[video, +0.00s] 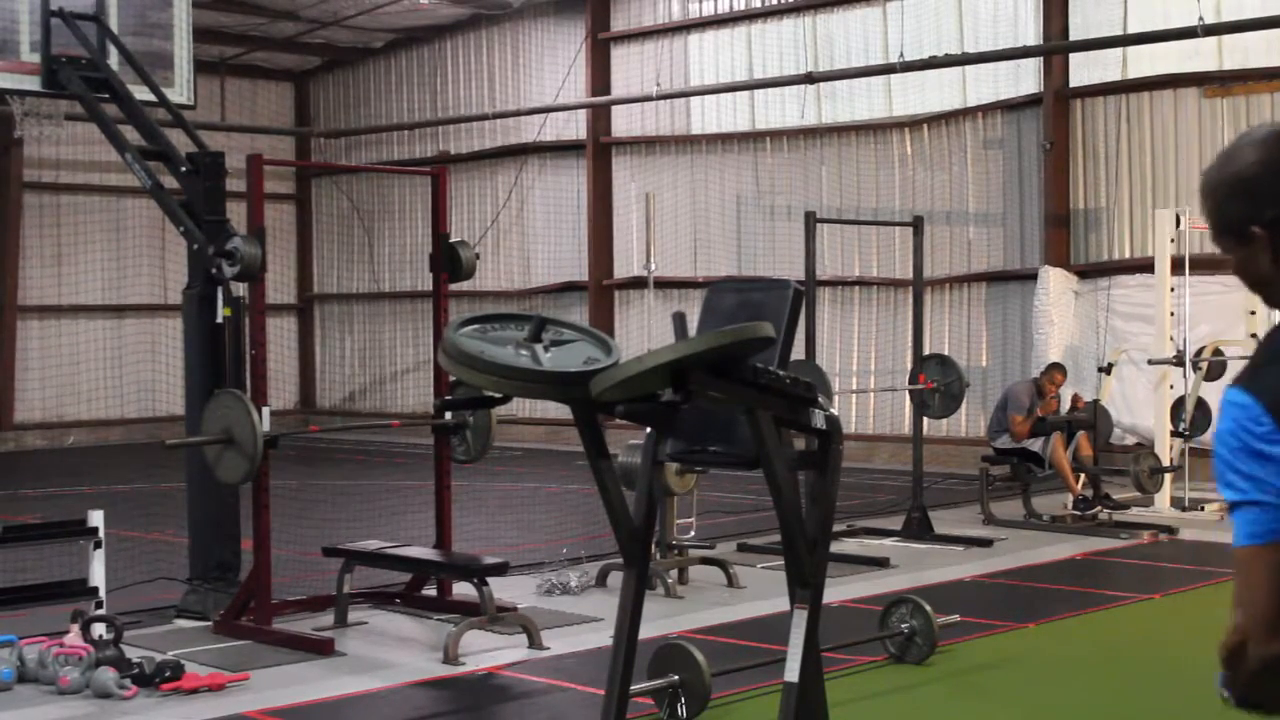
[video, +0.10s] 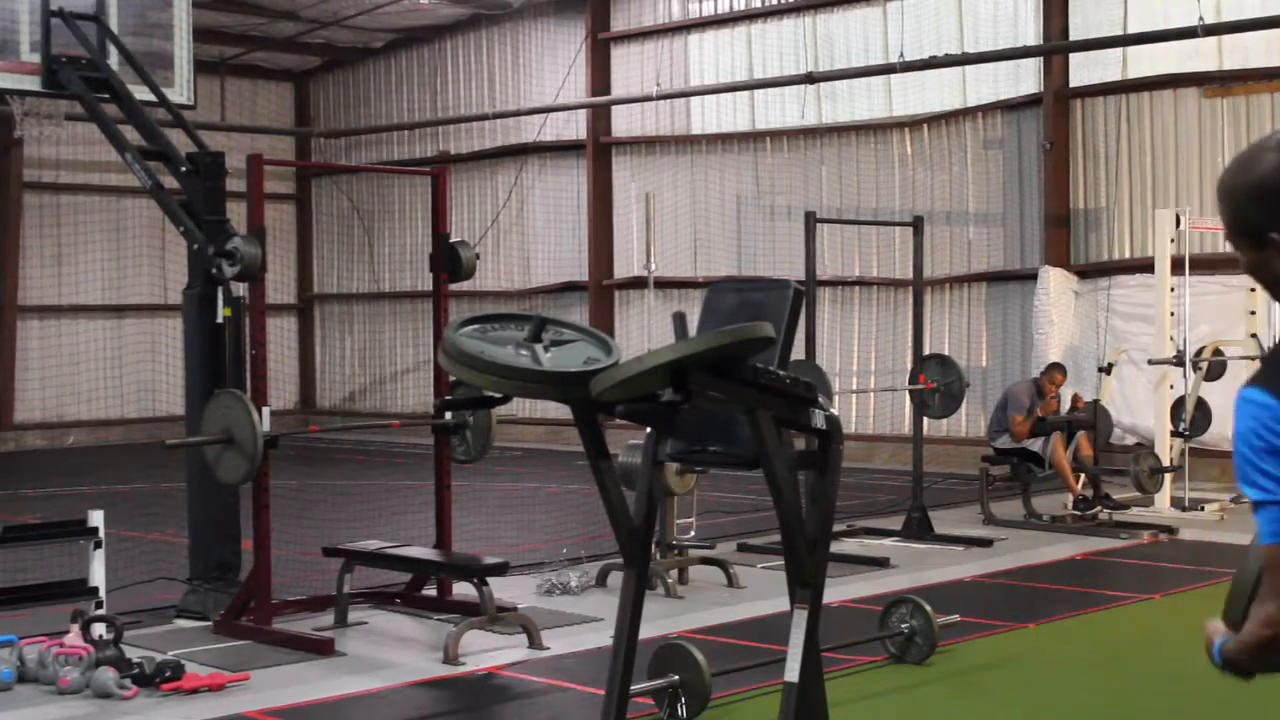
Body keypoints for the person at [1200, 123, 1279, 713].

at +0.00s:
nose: (1233, 270)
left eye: (1228, 249)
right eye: (1226, 250)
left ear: (1263, 240)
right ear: (1265, 239)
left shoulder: (1256, 402)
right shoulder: (1253, 403)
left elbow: (1264, 637)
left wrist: (1241, 681)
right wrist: (1245, 655)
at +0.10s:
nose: (1240, 261)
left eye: (1239, 246)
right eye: (1238, 245)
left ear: (1264, 248)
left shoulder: (1265, 403)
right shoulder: (1261, 403)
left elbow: (1273, 616)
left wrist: (1233, 652)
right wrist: (1240, 647)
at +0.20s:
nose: (1241, 279)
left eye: (1239, 265)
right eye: (1235, 266)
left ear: (1268, 258)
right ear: (1266, 255)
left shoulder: (1267, 414)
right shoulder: (1265, 408)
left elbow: (1275, 628)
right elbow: (1278, 497)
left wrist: (1229, 628)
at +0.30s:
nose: (1222, 286)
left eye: (1219, 271)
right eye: (1216, 271)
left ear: (1253, 273)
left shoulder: (1264, 418)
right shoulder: (1264, 401)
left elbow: (1272, 616)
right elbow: (1268, 500)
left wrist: (1217, 597)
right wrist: (1218, 565)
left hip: (1277, 683)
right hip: (1272, 679)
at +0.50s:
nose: (1167, 292)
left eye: (1166, 278)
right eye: (1162, 277)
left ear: (1197, 283)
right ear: (1260, 237)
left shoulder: (1216, 415)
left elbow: (1244, 593)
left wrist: (1145, 551)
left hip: (1253, 674)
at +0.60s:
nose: (1144, 285)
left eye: (1144, 272)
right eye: (1140, 272)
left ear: (1175, 278)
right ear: (1241, 239)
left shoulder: (1176, 410)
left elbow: (1183, 582)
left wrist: (1090, 527)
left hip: (1228, 667)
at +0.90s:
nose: (1076, 250)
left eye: (1081, 236)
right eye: (1076, 234)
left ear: (1122, 249)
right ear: (1180, 231)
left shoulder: (1109, 374)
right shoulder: (1262, 307)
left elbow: (1108, 541)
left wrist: (1023, 482)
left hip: (1155, 640)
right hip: (1264, 624)